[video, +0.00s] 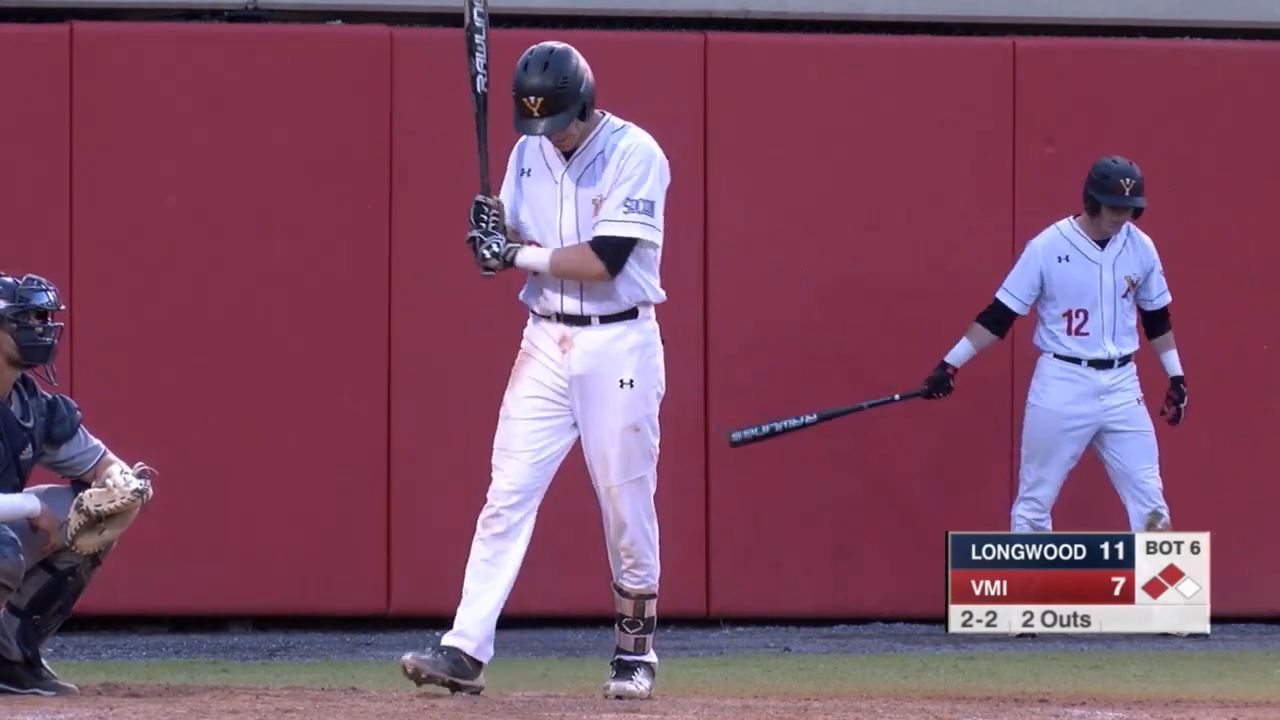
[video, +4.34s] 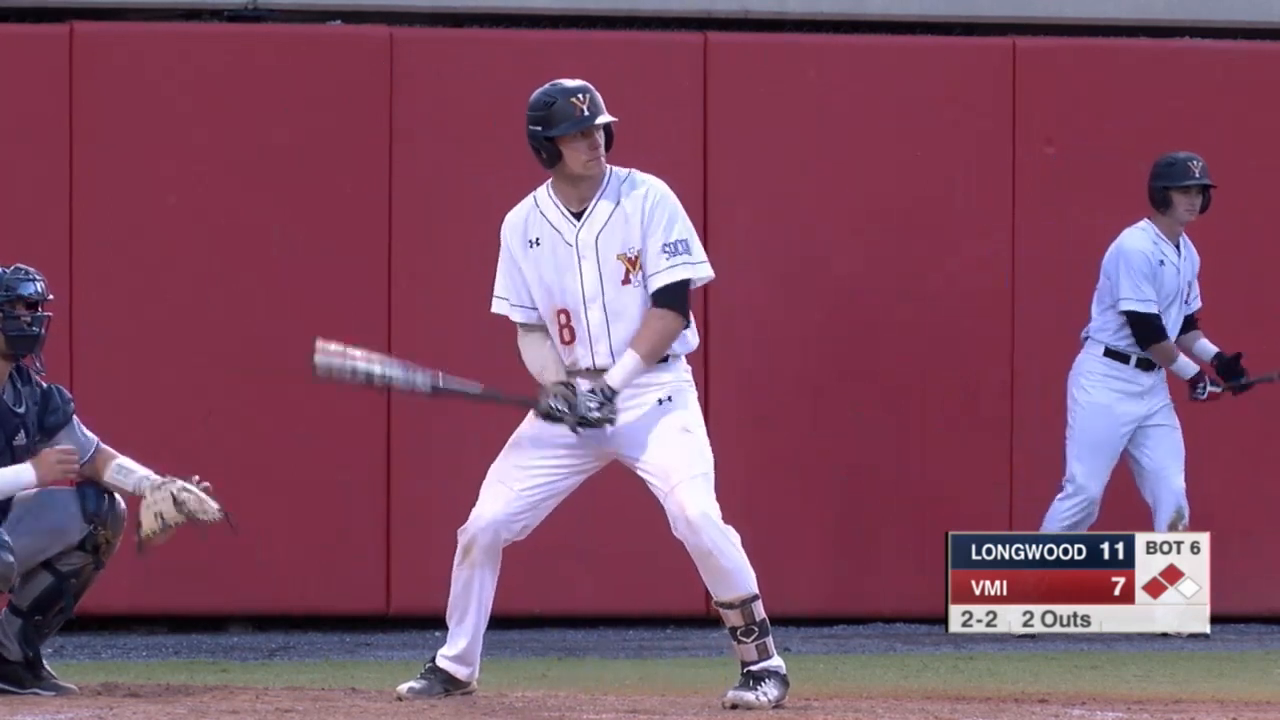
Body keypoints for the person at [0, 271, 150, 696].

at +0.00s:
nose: (38, 328)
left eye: (41, 318)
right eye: (23, 319)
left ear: (48, 325)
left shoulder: (37, 406)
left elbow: (97, 461)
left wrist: (125, 484)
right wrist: (27, 505)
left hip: (9, 522)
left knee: (96, 511)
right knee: (11, 545)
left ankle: (15, 652)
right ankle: (8, 653)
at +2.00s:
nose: (30, 339)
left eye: (38, 331)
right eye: (20, 327)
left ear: (48, 336)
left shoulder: (39, 408)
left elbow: (106, 469)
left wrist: (159, 498)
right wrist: (4, 463)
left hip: (6, 535)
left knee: (94, 510)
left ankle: (14, 650)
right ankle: (11, 651)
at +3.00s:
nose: (29, 325)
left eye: (34, 315)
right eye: (17, 314)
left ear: (41, 321)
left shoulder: (23, 395)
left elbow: (107, 466)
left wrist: (183, 512)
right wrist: (21, 427)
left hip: (5, 528)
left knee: (98, 515)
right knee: (8, 561)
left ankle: (14, 651)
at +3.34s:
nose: (30, 322)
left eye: (36, 312)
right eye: (19, 311)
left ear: (43, 318)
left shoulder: (33, 401)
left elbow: (106, 469)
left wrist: (188, 531)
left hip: (9, 528)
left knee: (97, 513)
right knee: (7, 563)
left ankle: (14, 652)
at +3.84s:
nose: (32, 322)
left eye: (38, 312)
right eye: (19, 311)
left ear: (47, 317)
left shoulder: (37, 404)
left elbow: (115, 474)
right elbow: (8, 511)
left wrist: (191, 536)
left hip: (3, 527)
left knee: (100, 514)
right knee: (6, 558)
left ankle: (13, 652)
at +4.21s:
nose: (30, 319)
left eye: (34, 310)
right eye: (17, 309)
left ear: (39, 316)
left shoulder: (36, 402)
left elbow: (99, 463)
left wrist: (172, 512)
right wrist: (6, 474)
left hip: (4, 531)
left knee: (98, 515)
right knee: (5, 561)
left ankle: (12, 651)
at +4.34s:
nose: (28, 318)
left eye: (33, 308)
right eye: (17, 308)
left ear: (41, 314)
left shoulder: (39, 396)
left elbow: (93, 456)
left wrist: (156, 485)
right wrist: (31, 473)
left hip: (10, 525)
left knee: (98, 510)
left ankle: (16, 649)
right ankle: (11, 650)